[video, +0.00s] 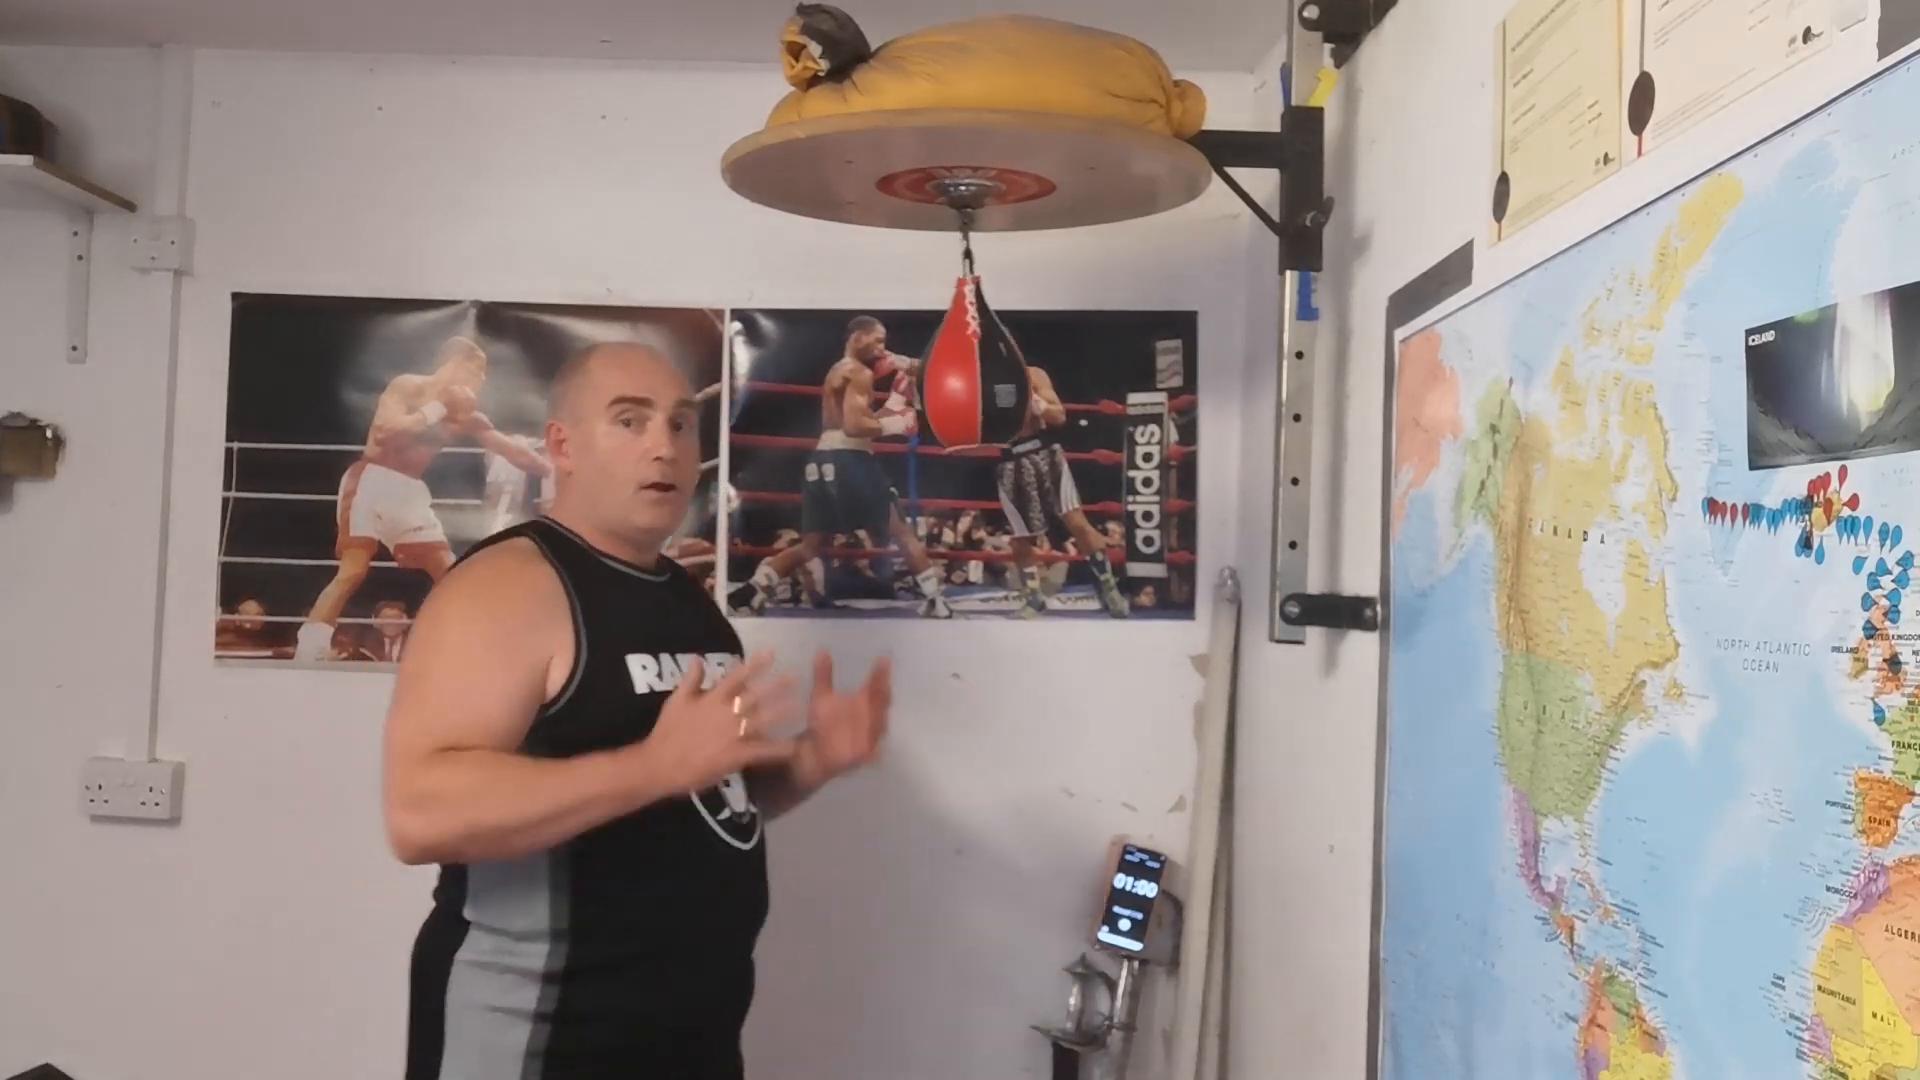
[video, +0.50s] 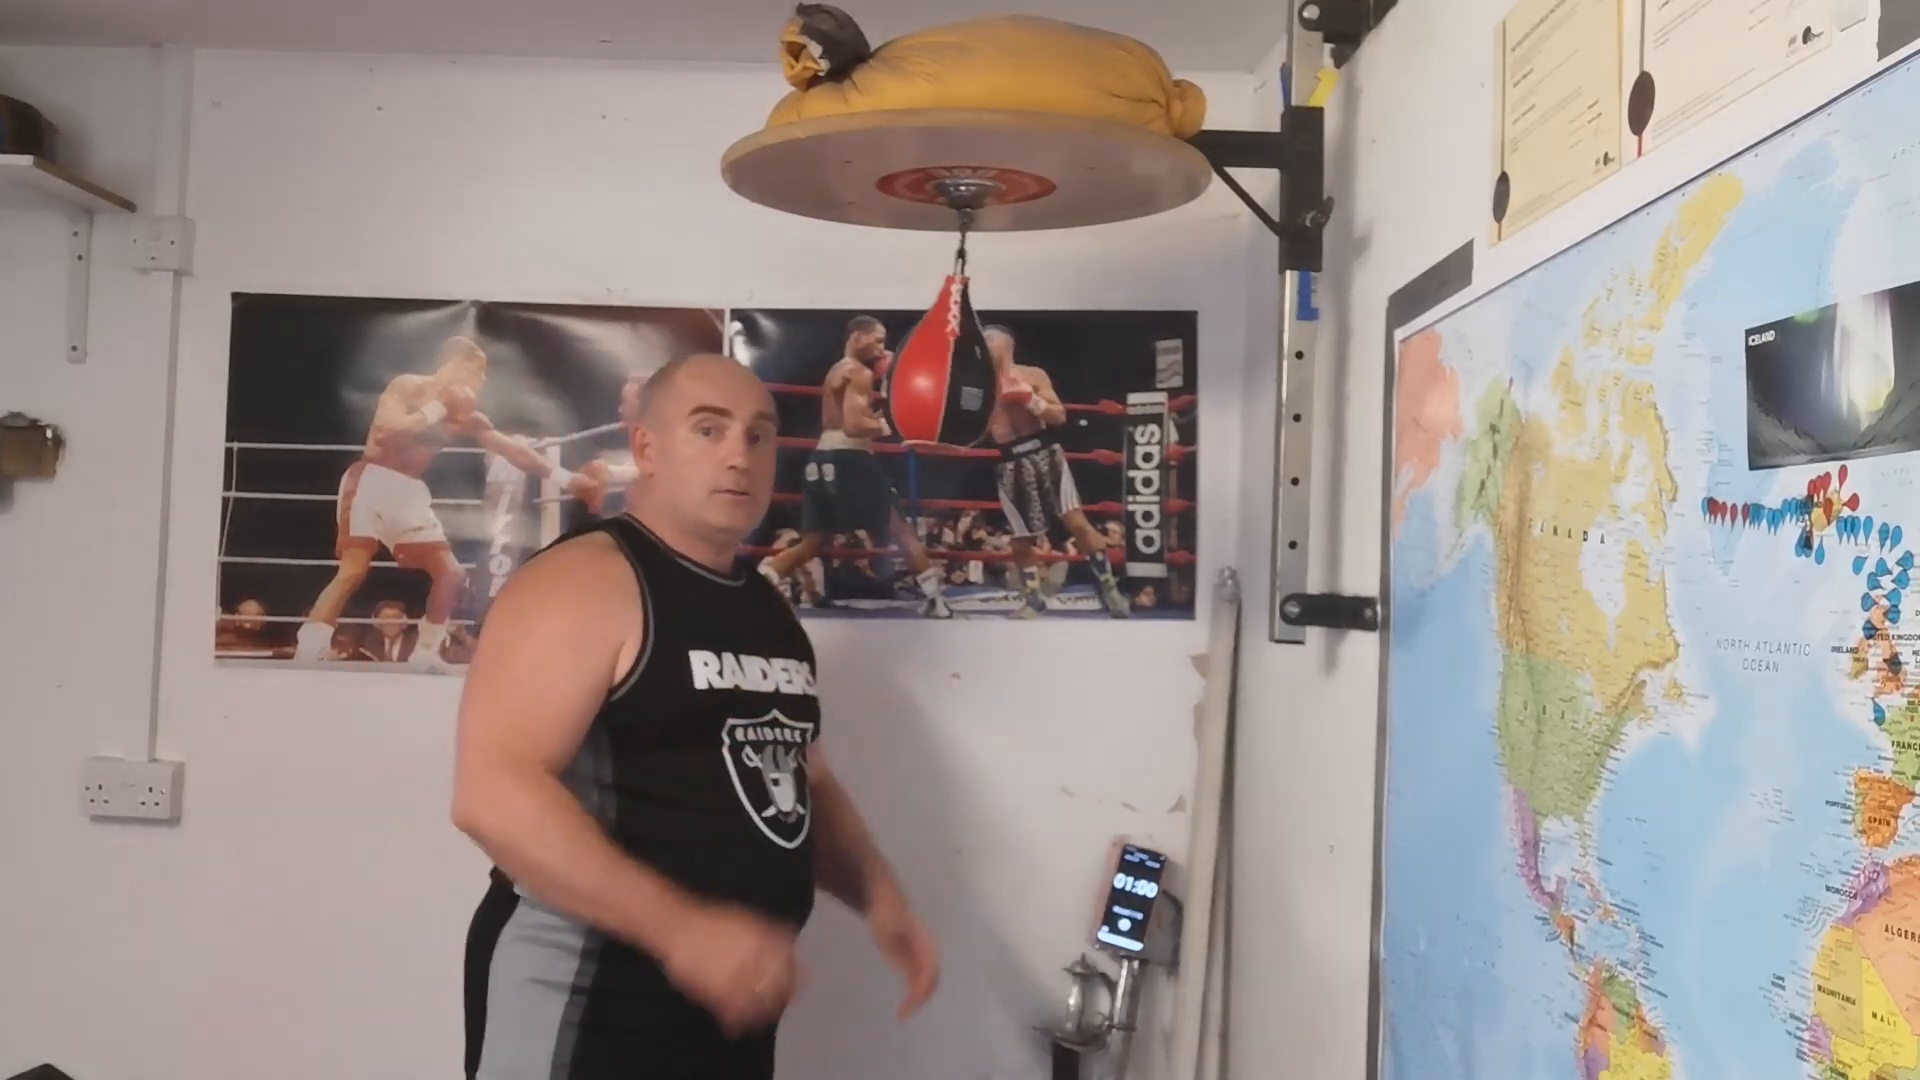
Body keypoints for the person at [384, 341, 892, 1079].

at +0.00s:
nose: (665, 449)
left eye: (681, 425)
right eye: (629, 420)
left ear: (700, 455)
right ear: (560, 446)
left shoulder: (687, 598)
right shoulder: (501, 589)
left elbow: (719, 797)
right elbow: (422, 809)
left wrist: (807, 763)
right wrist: (658, 765)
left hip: (691, 1023)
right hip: (535, 1029)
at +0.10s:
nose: (683, 450)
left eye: (699, 427)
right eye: (647, 422)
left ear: (715, 454)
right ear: (580, 447)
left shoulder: (706, 602)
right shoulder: (518, 589)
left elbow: (754, 790)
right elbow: (467, 811)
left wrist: (844, 739)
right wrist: (689, 747)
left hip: (709, 1012)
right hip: (557, 1020)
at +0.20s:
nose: (696, 452)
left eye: (712, 429)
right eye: (663, 423)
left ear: (730, 455)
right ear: (596, 447)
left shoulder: (726, 604)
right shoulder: (540, 588)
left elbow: (764, 796)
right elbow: (495, 809)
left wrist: (873, 760)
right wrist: (721, 766)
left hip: (724, 1009)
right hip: (571, 1015)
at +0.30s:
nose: (716, 451)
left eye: (732, 429)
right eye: (681, 425)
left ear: (749, 454)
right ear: (617, 450)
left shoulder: (743, 604)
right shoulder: (557, 588)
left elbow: (765, 803)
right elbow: (495, 803)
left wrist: (868, 779)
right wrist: (723, 780)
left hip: (730, 1009)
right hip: (579, 1013)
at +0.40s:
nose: (730, 456)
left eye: (748, 433)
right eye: (699, 427)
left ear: (767, 458)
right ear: (636, 446)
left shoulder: (755, 599)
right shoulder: (569, 586)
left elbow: (780, 760)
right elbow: (492, 794)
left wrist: (871, 815)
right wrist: (716, 830)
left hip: (732, 1007)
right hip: (583, 1009)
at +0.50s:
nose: (740, 456)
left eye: (758, 436)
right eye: (709, 427)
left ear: (776, 460)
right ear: (645, 448)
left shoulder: (764, 604)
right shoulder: (579, 581)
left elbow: (801, 782)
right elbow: (493, 790)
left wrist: (876, 890)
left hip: (730, 1006)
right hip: (586, 1001)